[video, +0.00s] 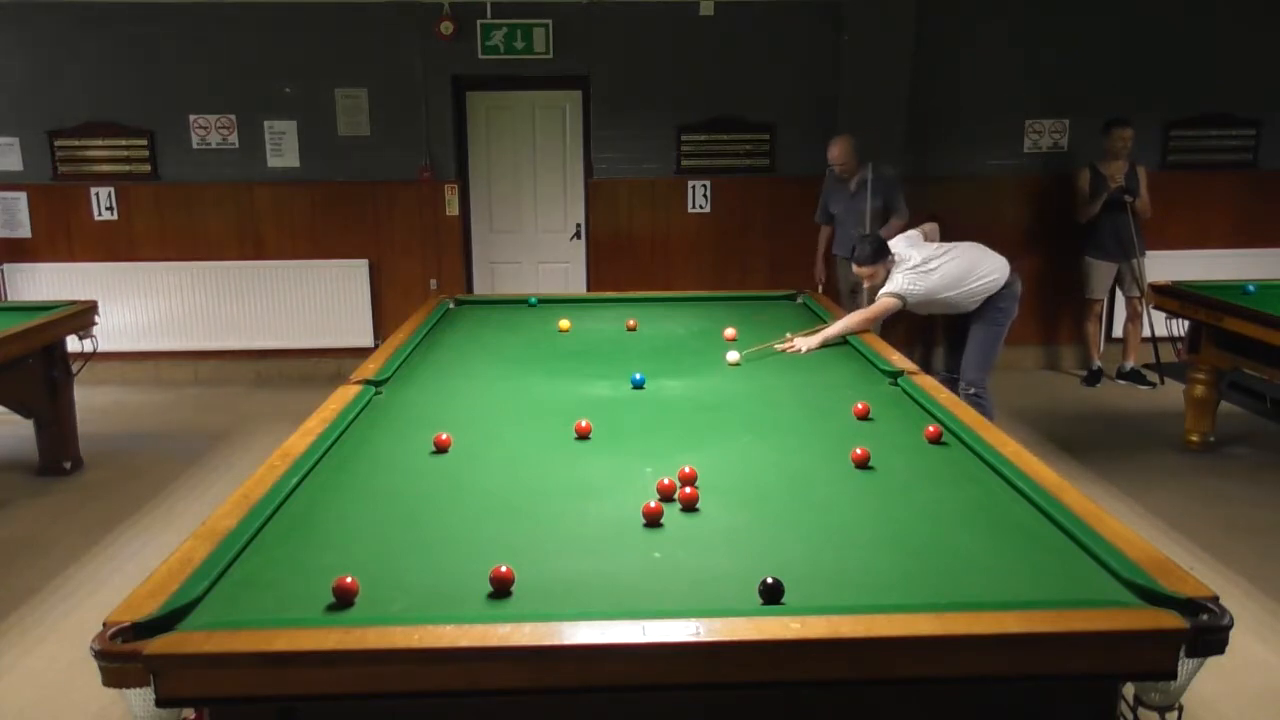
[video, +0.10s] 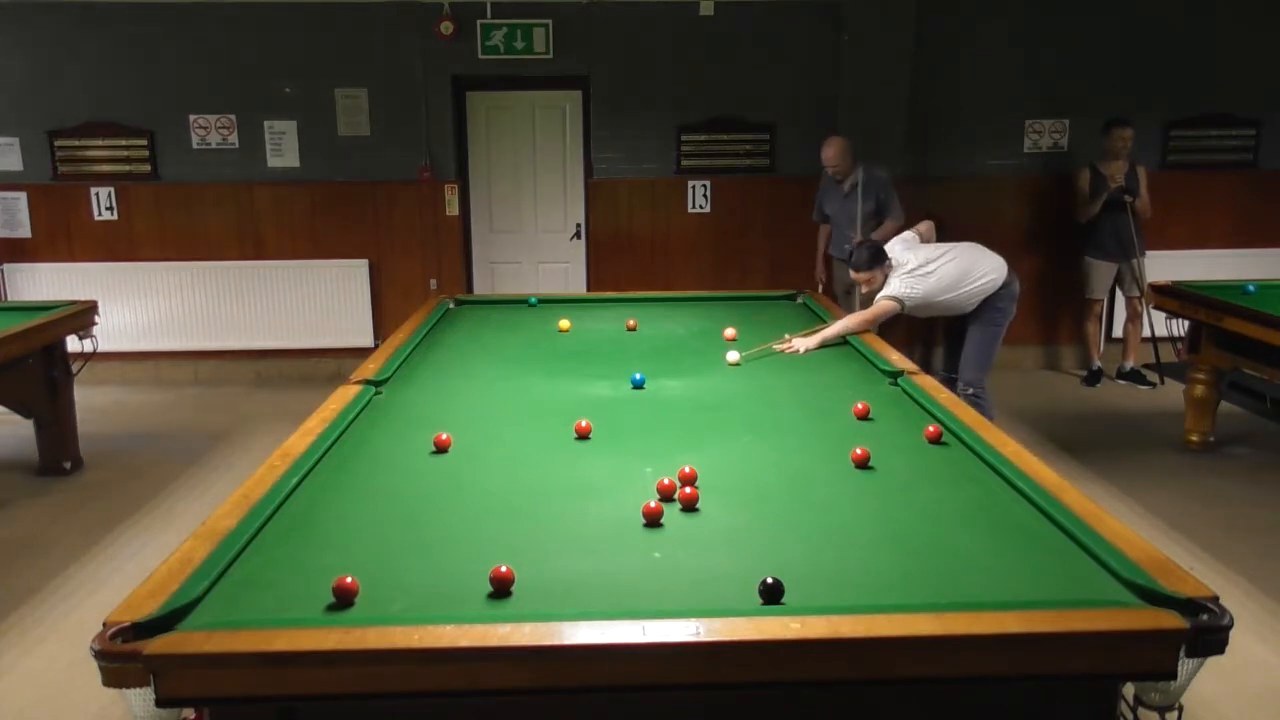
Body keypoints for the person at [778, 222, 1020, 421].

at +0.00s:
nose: (865, 283)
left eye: (869, 276)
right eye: (860, 277)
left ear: (885, 265)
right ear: (856, 266)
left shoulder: (903, 284)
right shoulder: (896, 244)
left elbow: (868, 317)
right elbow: (930, 227)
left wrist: (816, 338)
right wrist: (931, 262)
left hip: (998, 286)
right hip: (969, 280)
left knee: (972, 383)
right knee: (952, 372)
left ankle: (983, 451)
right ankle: (954, 441)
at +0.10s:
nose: (864, 289)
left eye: (868, 282)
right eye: (858, 283)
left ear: (884, 270)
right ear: (852, 272)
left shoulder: (900, 288)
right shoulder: (895, 247)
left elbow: (867, 320)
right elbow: (926, 226)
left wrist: (813, 340)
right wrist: (929, 261)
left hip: (997, 285)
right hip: (972, 275)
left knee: (971, 383)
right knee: (952, 372)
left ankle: (983, 451)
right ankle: (954, 441)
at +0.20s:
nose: (861, 294)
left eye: (866, 286)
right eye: (856, 287)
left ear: (883, 273)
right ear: (850, 273)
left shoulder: (899, 290)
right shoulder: (893, 248)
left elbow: (866, 320)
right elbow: (924, 224)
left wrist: (812, 340)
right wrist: (928, 261)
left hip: (995, 285)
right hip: (969, 275)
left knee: (970, 382)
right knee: (951, 372)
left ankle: (982, 450)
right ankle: (955, 440)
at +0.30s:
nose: (862, 295)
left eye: (866, 288)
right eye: (856, 289)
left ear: (882, 274)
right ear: (849, 277)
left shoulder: (898, 291)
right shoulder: (892, 247)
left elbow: (865, 320)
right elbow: (922, 222)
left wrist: (812, 340)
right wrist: (926, 260)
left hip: (995, 285)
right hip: (972, 269)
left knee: (969, 383)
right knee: (952, 373)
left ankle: (982, 450)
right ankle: (959, 443)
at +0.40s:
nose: (862, 296)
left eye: (866, 288)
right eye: (856, 290)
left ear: (882, 274)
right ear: (849, 278)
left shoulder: (898, 292)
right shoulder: (890, 248)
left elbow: (864, 320)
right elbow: (921, 221)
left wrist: (812, 340)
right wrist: (926, 257)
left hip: (994, 284)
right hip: (971, 269)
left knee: (969, 382)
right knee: (952, 372)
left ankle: (982, 450)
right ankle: (960, 442)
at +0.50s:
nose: (861, 297)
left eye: (866, 289)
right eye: (856, 290)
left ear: (882, 275)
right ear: (849, 280)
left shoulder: (897, 293)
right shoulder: (890, 248)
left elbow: (865, 320)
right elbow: (921, 221)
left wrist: (812, 339)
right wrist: (928, 257)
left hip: (993, 285)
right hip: (972, 268)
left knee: (968, 383)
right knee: (955, 374)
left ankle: (982, 450)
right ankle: (962, 444)